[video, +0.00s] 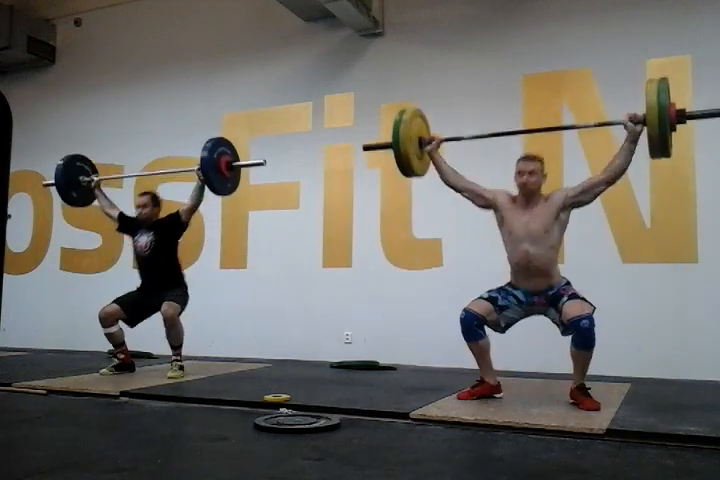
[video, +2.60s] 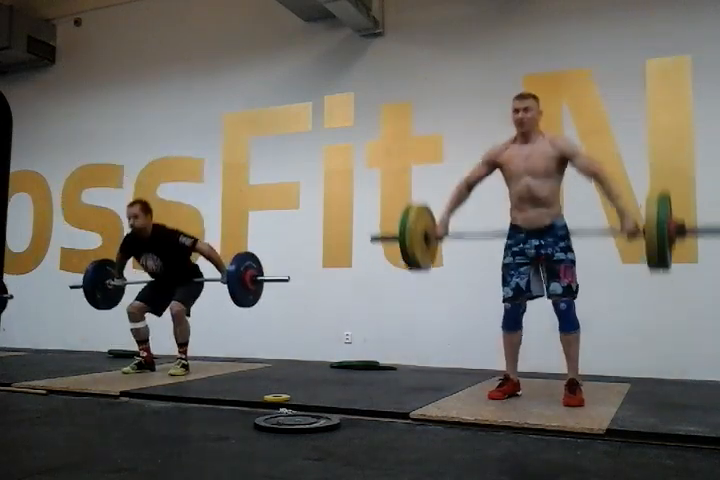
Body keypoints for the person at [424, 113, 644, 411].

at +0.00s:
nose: (525, 179)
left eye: (531, 174)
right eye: (520, 174)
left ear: (543, 178)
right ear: (514, 178)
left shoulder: (560, 202)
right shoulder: (500, 202)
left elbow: (607, 177)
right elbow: (458, 183)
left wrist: (632, 135)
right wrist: (434, 153)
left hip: (555, 292)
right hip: (516, 292)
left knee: (584, 322)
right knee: (470, 318)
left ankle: (578, 388)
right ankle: (489, 382)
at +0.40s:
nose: (513, 231)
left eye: (519, 225)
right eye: (508, 225)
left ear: (533, 225)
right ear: (503, 226)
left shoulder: (555, 247)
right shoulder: (496, 248)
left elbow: (599, 219)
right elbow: (459, 225)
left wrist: (635, 185)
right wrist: (434, 197)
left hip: (554, 324)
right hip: (516, 323)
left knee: (588, 326)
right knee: (468, 318)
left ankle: (578, 389)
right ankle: (489, 382)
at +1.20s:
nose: (516, 185)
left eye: (522, 179)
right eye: (511, 180)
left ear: (535, 178)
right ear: (506, 182)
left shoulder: (557, 200)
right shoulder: (499, 204)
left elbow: (602, 171)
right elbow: (463, 181)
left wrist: (635, 137)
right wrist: (440, 157)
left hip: (557, 284)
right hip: (519, 284)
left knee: (584, 325)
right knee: (472, 318)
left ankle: (578, 388)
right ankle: (489, 382)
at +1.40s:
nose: (521, 146)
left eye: (526, 140)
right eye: (516, 142)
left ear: (538, 141)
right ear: (509, 144)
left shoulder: (558, 164)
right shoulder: (501, 168)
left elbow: (604, 134)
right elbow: (465, 149)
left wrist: (634, 101)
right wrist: (442, 125)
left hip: (556, 255)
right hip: (520, 256)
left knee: (577, 315)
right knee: (481, 307)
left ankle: (579, 387)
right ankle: (489, 381)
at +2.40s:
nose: (532, 110)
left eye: (538, 106)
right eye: (528, 107)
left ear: (550, 114)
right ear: (523, 115)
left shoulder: (562, 142)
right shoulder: (511, 147)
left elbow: (607, 137)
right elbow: (471, 156)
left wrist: (641, 131)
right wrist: (442, 154)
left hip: (550, 223)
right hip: (516, 226)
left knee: (562, 301)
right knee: (511, 302)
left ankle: (572, 376)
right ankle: (509, 374)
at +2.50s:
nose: (528, 110)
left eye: (534, 105)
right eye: (524, 106)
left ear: (547, 111)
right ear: (519, 113)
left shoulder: (563, 140)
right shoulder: (506, 145)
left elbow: (607, 145)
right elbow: (467, 160)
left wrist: (624, 172)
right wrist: (441, 185)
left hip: (552, 226)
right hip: (518, 228)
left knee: (564, 303)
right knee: (513, 304)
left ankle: (572, 378)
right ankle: (509, 376)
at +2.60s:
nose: (521, 116)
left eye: (527, 110)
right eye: (517, 111)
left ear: (539, 113)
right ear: (511, 116)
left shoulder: (558, 147)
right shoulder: (500, 153)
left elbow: (599, 174)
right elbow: (467, 183)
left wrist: (627, 215)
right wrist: (444, 218)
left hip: (554, 235)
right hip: (518, 237)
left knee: (564, 307)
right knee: (512, 308)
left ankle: (573, 381)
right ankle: (510, 379)